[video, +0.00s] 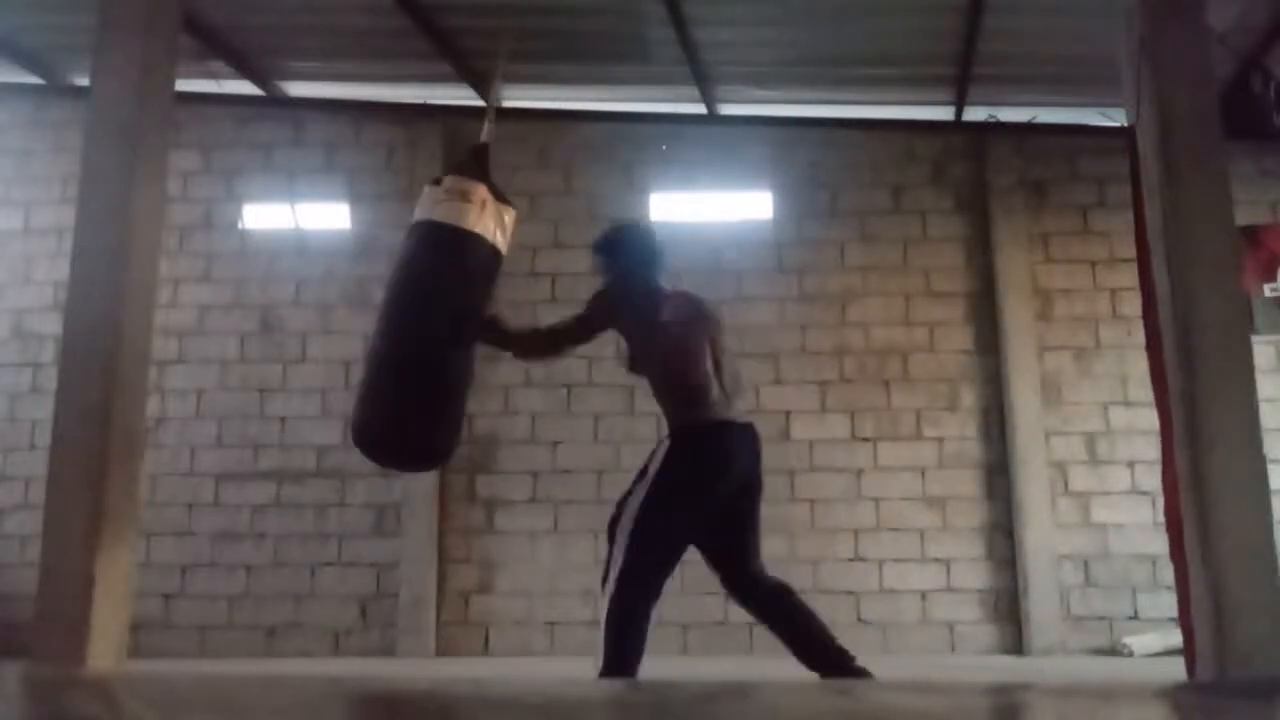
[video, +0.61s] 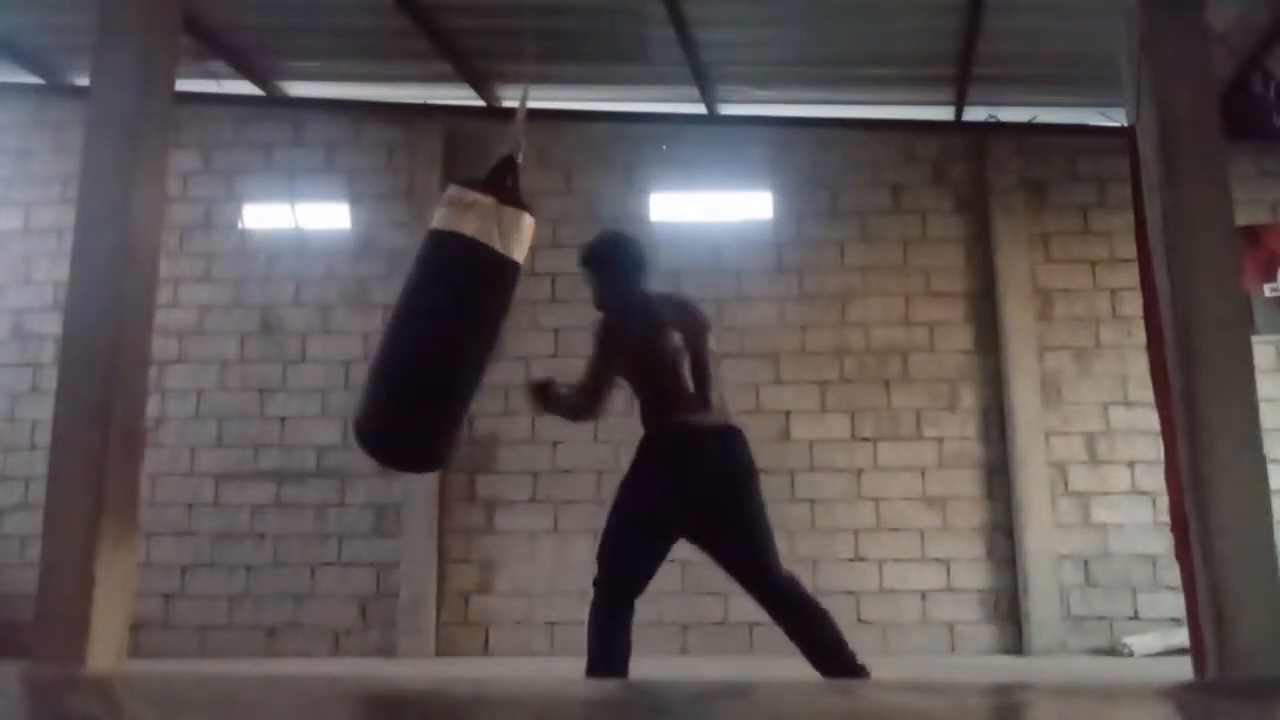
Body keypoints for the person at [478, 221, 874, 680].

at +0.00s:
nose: (604, 277)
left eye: (608, 267)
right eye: (605, 267)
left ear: (623, 264)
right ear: (652, 262)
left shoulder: (622, 300)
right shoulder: (694, 306)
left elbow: (544, 344)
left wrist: (487, 331)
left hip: (693, 448)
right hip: (738, 445)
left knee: (635, 569)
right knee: (744, 577)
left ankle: (614, 692)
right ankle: (844, 672)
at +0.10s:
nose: (585, 285)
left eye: (590, 274)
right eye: (584, 275)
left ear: (614, 269)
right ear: (627, 264)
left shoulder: (654, 308)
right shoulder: (665, 305)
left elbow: (624, 378)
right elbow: (612, 356)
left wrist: (551, 348)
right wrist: (545, 341)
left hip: (693, 446)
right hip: (728, 445)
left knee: (632, 554)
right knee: (743, 580)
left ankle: (613, 686)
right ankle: (848, 679)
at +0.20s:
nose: (575, 293)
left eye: (579, 280)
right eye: (574, 281)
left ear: (605, 277)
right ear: (618, 274)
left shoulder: (656, 322)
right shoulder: (641, 329)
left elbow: (704, 395)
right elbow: (577, 361)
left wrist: (633, 404)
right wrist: (506, 333)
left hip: (682, 457)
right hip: (722, 454)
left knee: (612, 570)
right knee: (764, 580)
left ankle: (610, 698)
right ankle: (855, 685)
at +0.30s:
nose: (570, 289)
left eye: (570, 277)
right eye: (567, 278)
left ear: (586, 274)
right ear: (616, 264)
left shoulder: (613, 327)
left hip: (659, 458)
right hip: (717, 451)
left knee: (616, 594)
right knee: (767, 573)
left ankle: (612, 706)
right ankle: (835, 679)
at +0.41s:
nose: (562, 287)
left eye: (561, 277)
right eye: (560, 276)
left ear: (570, 278)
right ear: (610, 259)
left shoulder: (582, 332)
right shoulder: (671, 290)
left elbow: (510, 391)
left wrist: (458, 383)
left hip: (660, 451)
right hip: (721, 442)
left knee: (633, 589)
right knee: (768, 566)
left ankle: (614, 702)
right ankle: (826, 677)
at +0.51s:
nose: (569, 288)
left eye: (568, 277)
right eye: (565, 277)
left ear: (578, 274)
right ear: (613, 259)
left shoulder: (589, 326)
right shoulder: (670, 292)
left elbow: (532, 395)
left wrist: (474, 387)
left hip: (664, 444)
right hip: (722, 435)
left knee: (624, 586)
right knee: (768, 562)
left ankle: (607, 703)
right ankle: (842, 675)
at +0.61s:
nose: (592, 291)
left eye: (594, 279)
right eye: (591, 280)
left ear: (610, 277)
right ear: (638, 271)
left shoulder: (618, 324)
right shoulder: (682, 308)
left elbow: (585, 404)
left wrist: (549, 397)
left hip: (670, 455)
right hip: (725, 449)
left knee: (615, 587)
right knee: (767, 578)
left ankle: (603, 707)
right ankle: (855, 684)